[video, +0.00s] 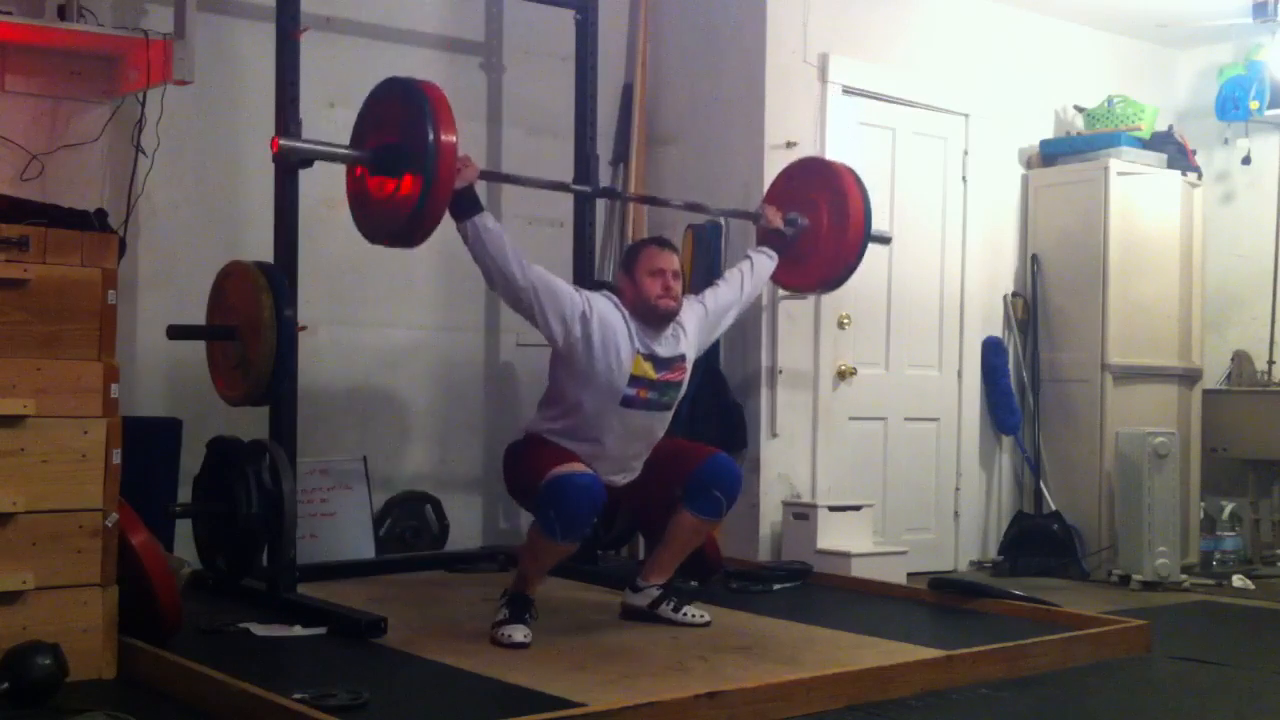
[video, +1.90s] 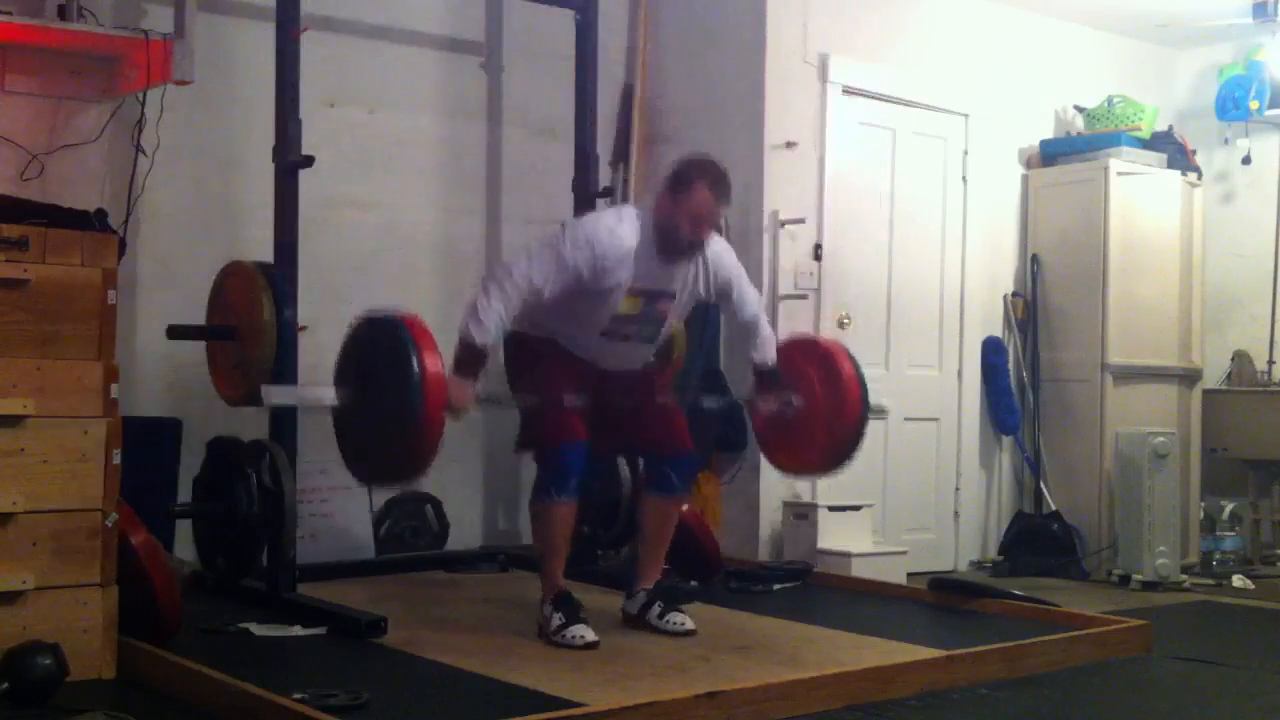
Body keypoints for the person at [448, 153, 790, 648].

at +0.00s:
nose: (670, 283)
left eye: (676, 276)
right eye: (657, 274)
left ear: (682, 285)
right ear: (624, 282)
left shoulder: (690, 326)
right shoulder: (588, 316)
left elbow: (737, 288)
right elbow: (516, 276)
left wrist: (771, 241)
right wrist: (465, 200)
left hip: (635, 460)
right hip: (553, 453)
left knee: (719, 474)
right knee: (579, 495)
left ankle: (648, 591)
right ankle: (519, 599)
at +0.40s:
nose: (667, 201)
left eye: (673, 193)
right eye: (653, 191)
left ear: (680, 206)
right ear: (623, 203)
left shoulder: (690, 248)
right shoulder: (587, 238)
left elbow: (740, 209)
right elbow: (511, 195)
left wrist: (771, 164)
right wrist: (463, 120)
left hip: (635, 401)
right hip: (557, 387)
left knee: (711, 470)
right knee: (565, 471)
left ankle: (648, 591)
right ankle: (515, 598)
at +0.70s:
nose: (667, 102)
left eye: (671, 93)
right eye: (653, 92)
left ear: (676, 104)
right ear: (624, 102)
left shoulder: (692, 155)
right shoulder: (590, 146)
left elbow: (740, 118)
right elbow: (519, 99)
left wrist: (775, 71)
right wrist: (471, 27)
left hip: (651, 335)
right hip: (574, 325)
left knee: (681, 454)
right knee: (580, 440)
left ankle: (647, 590)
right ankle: (524, 595)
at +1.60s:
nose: (618, 69)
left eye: (626, 60)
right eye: (606, 58)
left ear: (634, 65)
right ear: (579, 61)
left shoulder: (648, 119)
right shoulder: (549, 105)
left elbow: (708, 163)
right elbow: (478, 117)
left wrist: (776, 178)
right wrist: (427, 114)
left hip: (651, 285)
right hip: (576, 284)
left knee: (669, 430)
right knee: (583, 435)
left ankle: (657, 578)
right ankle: (565, 591)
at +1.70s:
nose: (647, 101)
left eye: (658, 92)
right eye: (638, 88)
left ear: (667, 97)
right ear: (612, 83)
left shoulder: (672, 158)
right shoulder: (570, 141)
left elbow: (716, 226)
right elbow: (497, 182)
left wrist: (755, 288)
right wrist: (467, 246)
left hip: (652, 318)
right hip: (575, 315)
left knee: (672, 453)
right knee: (587, 455)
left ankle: (648, 593)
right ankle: (560, 598)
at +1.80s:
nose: (683, 146)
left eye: (691, 135)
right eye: (672, 132)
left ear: (697, 139)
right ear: (643, 133)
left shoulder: (696, 206)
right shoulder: (593, 188)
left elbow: (734, 278)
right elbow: (510, 246)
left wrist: (760, 343)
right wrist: (460, 326)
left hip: (642, 347)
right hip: (565, 343)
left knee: (674, 463)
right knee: (581, 463)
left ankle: (644, 596)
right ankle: (556, 602)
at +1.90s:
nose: (697, 233)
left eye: (708, 224)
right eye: (692, 218)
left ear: (718, 220)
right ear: (665, 202)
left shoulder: (714, 257)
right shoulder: (606, 235)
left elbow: (753, 316)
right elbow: (512, 279)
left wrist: (768, 378)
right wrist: (467, 364)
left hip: (632, 363)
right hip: (554, 350)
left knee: (673, 458)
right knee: (566, 455)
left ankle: (644, 596)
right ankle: (555, 600)